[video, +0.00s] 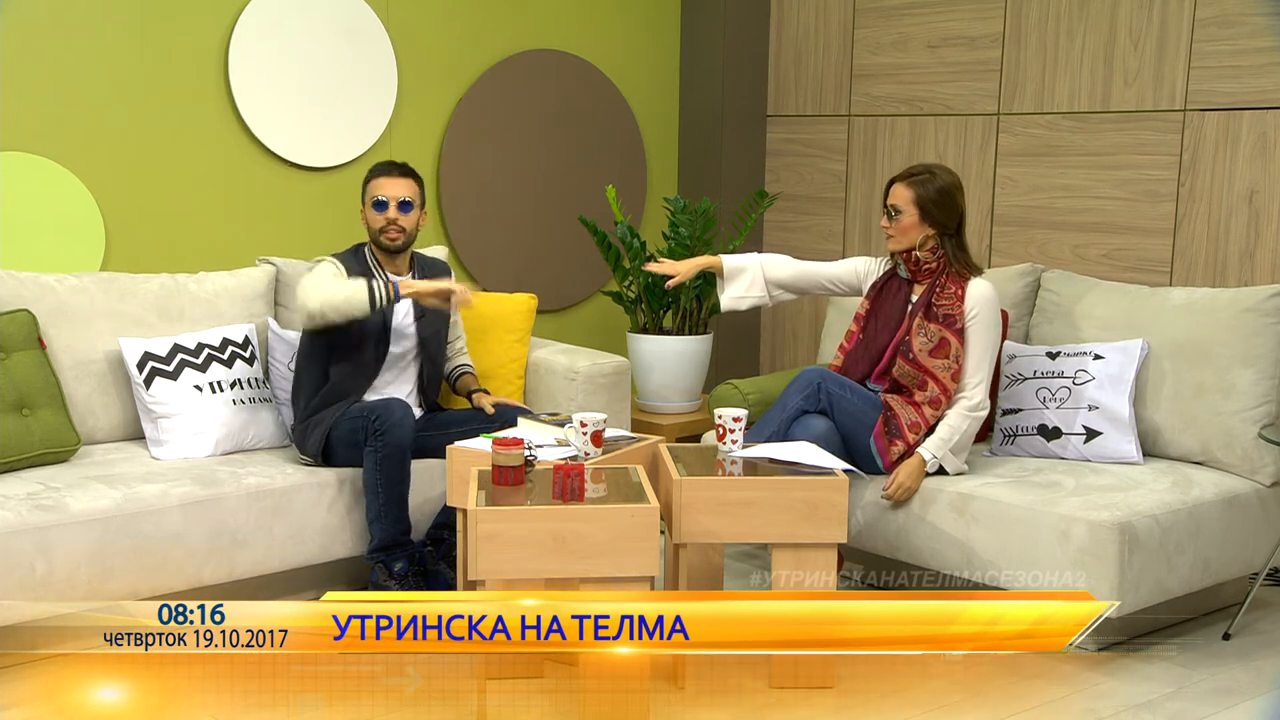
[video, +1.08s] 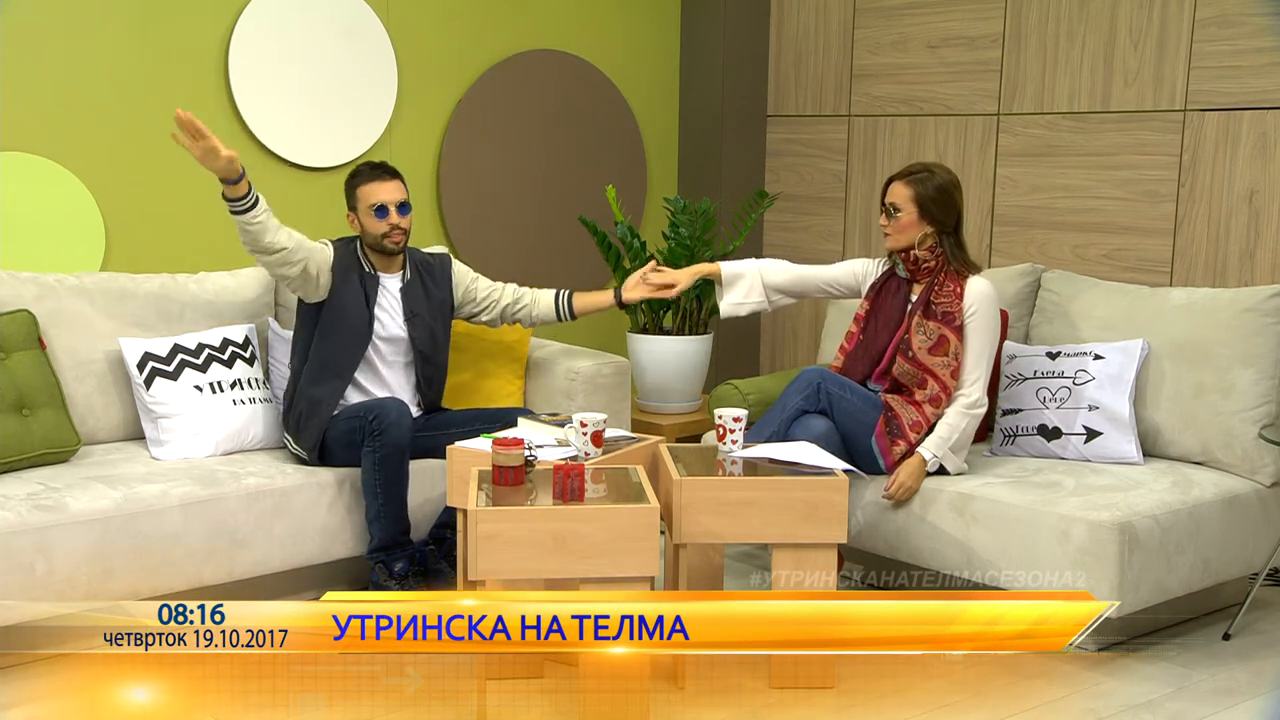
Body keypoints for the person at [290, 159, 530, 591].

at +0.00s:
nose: (392, 216)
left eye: (405, 206)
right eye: (380, 205)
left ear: (421, 219)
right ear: (363, 215)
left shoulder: (436, 273)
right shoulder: (339, 269)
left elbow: (454, 355)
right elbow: (309, 302)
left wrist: (476, 393)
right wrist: (408, 289)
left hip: (415, 421)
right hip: (334, 424)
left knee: (513, 422)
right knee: (394, 413)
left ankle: (439, 550)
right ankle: (392, 562)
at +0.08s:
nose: (387, 215)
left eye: (401, 206)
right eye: (375, 205)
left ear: (418, 218)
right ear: (359, 215)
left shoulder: (435, 273)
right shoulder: (333, 263)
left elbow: (456, 352)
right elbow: (315, 260)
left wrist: (477, 392)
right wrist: (415, 268)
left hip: (415, 421)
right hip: (333, 423)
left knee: (514, 422)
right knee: (395, 412)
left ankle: (441, 549)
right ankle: (391, 561)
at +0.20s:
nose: (385, 216)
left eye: (398, 205)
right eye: (373, 204)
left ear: (415, 216)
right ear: (359, 213)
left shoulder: (436, 274)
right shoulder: (332, 268)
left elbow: (455, 347)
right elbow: (314, 226)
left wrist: (477, 389)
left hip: (414, 419)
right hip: (335, 425)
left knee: (515, 420)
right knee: (395, 413)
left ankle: (441, 548)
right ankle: (391, 562)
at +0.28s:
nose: (386, 214)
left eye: (398, 204)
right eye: (374, 203)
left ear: (416, 215)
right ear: (354, 213)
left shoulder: (436, 273)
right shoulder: (334, 270)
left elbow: (457, 346)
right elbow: (321, 221)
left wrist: (477, 388)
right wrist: (318, 133)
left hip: (414, 423)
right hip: (338, 426)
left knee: (514, 424)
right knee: (397, 415)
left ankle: (440, 550)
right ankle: (392, 563)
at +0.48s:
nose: (388, 217)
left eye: (399, 206)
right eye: (375, 206)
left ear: (415, 216)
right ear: (357, 213)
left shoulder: (435, 276)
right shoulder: (328, 265)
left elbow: (474, 344)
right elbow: (296, 216)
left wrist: (518, 377)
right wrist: (261, 140)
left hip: (414, 420)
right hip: (337, 425)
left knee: (520, 423)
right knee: (391, 413)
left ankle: (438, 554)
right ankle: (392, 565)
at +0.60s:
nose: (390, 218)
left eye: (401, 208)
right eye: (377, 207)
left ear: (414, 215)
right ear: (355, 214)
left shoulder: (437, 275)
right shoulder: (324, 263)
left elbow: (492, 328)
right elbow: (286, 219)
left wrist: (567, 348)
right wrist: (249, 150)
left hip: (415, 420)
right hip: (335, 426)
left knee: (513, 423)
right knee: (391, 414)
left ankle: (442, 554)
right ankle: (392, 564)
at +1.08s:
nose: (394, 220)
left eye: (401, 208)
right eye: (378, 211)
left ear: (412, 213)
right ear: (352, 219)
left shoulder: (438, 273)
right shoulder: (325, 266)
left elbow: (515, 304)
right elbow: (271, 244)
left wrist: (617, 295)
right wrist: (233, 180)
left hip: (416, 422)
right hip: (331, 427)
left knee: (526, 426)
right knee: (390, 416)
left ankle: (440, 550)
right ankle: (390, 563)